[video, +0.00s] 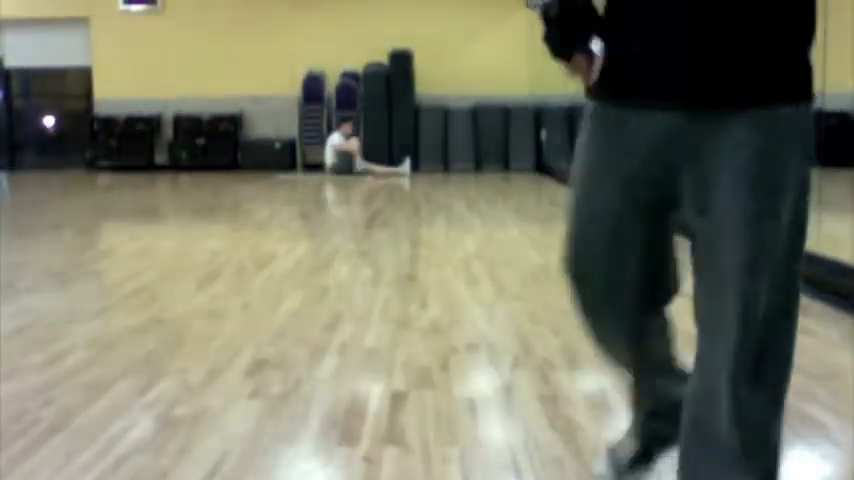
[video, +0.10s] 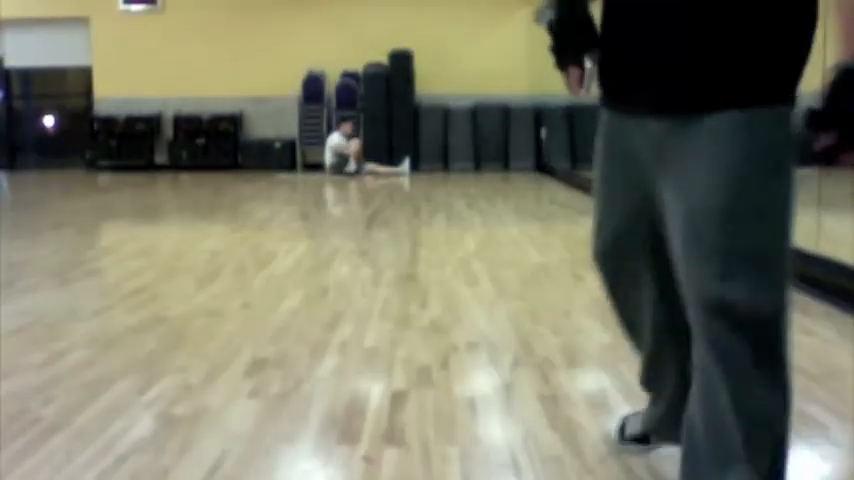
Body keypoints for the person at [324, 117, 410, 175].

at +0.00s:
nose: (350, 130)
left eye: (351, 127)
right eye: (348, 127)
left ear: (349, 128)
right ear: (342, 126)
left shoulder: (343, 138)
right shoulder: (335, 137)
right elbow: (341, 147)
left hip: (344, 166)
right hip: (336, 167)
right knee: (354, 141)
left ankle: (399, 171)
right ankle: (359, 164)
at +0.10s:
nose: (351, 128)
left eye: (351, 126)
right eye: (349, 126)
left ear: (350, 127)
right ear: (341, 126)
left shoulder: (344, 138)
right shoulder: (335, 138)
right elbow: (349, 151)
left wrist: (356, 146)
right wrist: (356, 142)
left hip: (346, 168)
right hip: (337, 170)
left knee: (372, 167)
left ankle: (399, 170)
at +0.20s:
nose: (351, 129)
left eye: (351, 126)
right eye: (349, 125)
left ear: (349, 127)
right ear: (342, 125)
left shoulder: (343, 136)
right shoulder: (335, 137)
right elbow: (350, 153)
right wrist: (358, 145)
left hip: (344, 165)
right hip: (336, 167)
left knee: (371, 165)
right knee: (356, 141)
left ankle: (399, 169)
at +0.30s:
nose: (350, 129)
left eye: (351, 126)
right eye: (348, 126)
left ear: (351, 128)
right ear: (341, 126)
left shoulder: (345, 138)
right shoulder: (336, 136)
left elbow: (347, 151)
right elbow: (340, 151)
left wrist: (358, 160)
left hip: (343, 164)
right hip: (335, 164)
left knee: (370, 165)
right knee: (357, 142)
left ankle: (399, 169)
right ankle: (353, 166)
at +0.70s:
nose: (350, 130)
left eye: (350, 127)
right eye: (347, 126)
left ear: (349, 128)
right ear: (341, 127)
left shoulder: (344, 139)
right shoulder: (337, 138)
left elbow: (347, 152)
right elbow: (339, 154)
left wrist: (353, 158)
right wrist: (349, 159)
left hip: (343, 164)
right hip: (336, 165)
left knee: (371, 166)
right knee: (362, 148)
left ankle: (400, 170)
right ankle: (346, 165)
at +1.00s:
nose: (349, 128)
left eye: (350, 125)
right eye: (347, 125)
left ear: (348, 127)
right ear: (341, 125)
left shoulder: (343, 138)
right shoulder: (336, 138)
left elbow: (344, 155)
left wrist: (354, 159)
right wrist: (352, 162)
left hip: (343, 166)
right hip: (336, 169)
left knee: (371, 165)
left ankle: (399, 169)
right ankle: (400, 170)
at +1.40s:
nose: (358, 129)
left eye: (359, 126)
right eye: (358, 126)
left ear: (352, 124)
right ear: (353, 124)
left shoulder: (345, 134)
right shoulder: (343, 135)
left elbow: (347, 155)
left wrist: (355, 164)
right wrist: (352, 167)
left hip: (343, 166)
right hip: (338, 169)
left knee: (370, 165)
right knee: (369, 167)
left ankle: (397, 168)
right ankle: (398, 169)